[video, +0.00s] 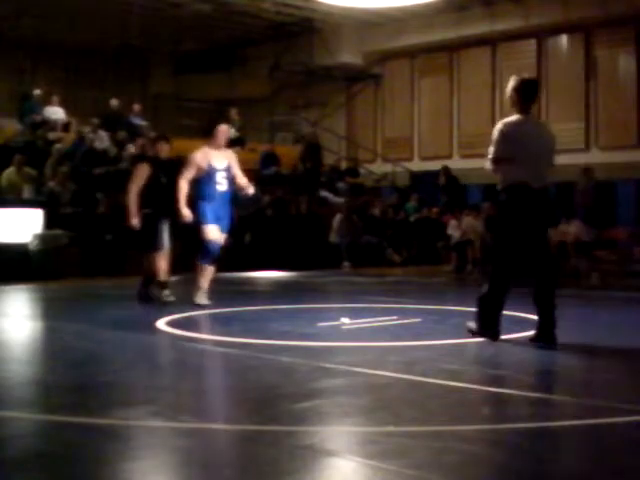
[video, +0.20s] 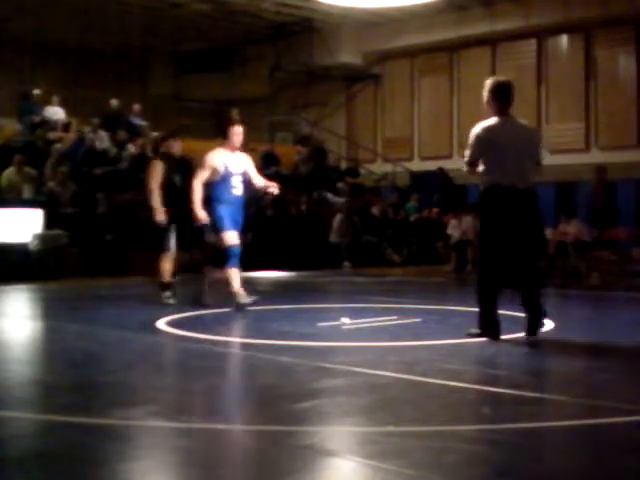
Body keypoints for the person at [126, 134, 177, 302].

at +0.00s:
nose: (164, 150)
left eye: (166, 146)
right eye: (160, 146)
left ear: (169, 149)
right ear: (154, 147)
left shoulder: (170, 166)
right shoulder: (146, 165)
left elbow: (177, 190)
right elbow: (134, 188)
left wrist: (181, 208)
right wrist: (134, 214)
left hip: (166, 213)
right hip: (151, 213)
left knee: (156, 250)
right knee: (161, 249)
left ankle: (147, 285)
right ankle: (162, 285)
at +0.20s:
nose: (177, 147)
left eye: (179, 143)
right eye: (174, 143)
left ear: (182, 145)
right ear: (166, 145)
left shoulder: (186, 163)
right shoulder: (160, 162)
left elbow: (192, 188)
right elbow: (154, 186)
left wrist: (196, 208)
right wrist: (158, 208)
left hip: (185, 211)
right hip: (168, 212)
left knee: (180, 249)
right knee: (168, 250)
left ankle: (172, 282)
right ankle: (166, 286)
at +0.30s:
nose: (188, 145)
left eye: (190, 140)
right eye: (184, 140)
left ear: (193, 143)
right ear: (176, 142)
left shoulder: (196, 162)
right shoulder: (168, 159)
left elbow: (202, 185)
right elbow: (161, 183)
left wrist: (204, 204)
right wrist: (175, 204)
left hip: (193, 211)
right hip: (173, 211)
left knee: (194, 249)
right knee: (172, 249)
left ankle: (193, 284)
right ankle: (168, 287)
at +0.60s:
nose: (218, 146)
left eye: (221, 142)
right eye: (215, 141)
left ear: (224, 145)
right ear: (207, 143)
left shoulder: (224, 165)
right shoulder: (197, 161)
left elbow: (229, 190)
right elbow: (188, 185)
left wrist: (229, 212)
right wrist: (195, 209)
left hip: (221, 214)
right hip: (202, 214)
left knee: (222, 253)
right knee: (198, 252)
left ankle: (224, 293)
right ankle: (179, 282)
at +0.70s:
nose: (227, 143)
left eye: (228, 139)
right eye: (223, 138)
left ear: (230, 142)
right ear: (214, 140)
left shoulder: (233, 164)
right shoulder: (203, 160)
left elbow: (239, 187)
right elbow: (191, 183)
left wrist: (243, 207)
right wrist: (193, 208)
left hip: (229, 212)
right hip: (209, 212)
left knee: (225, 253)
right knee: (208, 250)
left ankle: (225, 293)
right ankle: (196, 285)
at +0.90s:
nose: (235, 142)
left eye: (238, 138)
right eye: (231, 138)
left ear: (242, 141)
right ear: (223, 141)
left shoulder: (246, 164)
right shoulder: (214, 160)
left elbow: (257, 184)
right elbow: (197, 182)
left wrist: (269, 203)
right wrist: (198, 210)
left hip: (241, 211)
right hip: (221, 210)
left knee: (234, 250)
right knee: (228, 249)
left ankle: (229, 284)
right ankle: (229, 287)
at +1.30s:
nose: (253, 140)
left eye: (255, 135)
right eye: (248, 135)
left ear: (259, 138)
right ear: (238, 138)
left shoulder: (261, 159)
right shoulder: (227, 159)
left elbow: (268, 183)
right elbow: (221, 186)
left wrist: (270, 208)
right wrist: (224, 214)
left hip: (260, 211)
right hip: (239, 212)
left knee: (269, 250)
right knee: (242, 254)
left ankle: (253, 271)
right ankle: (242, 292)